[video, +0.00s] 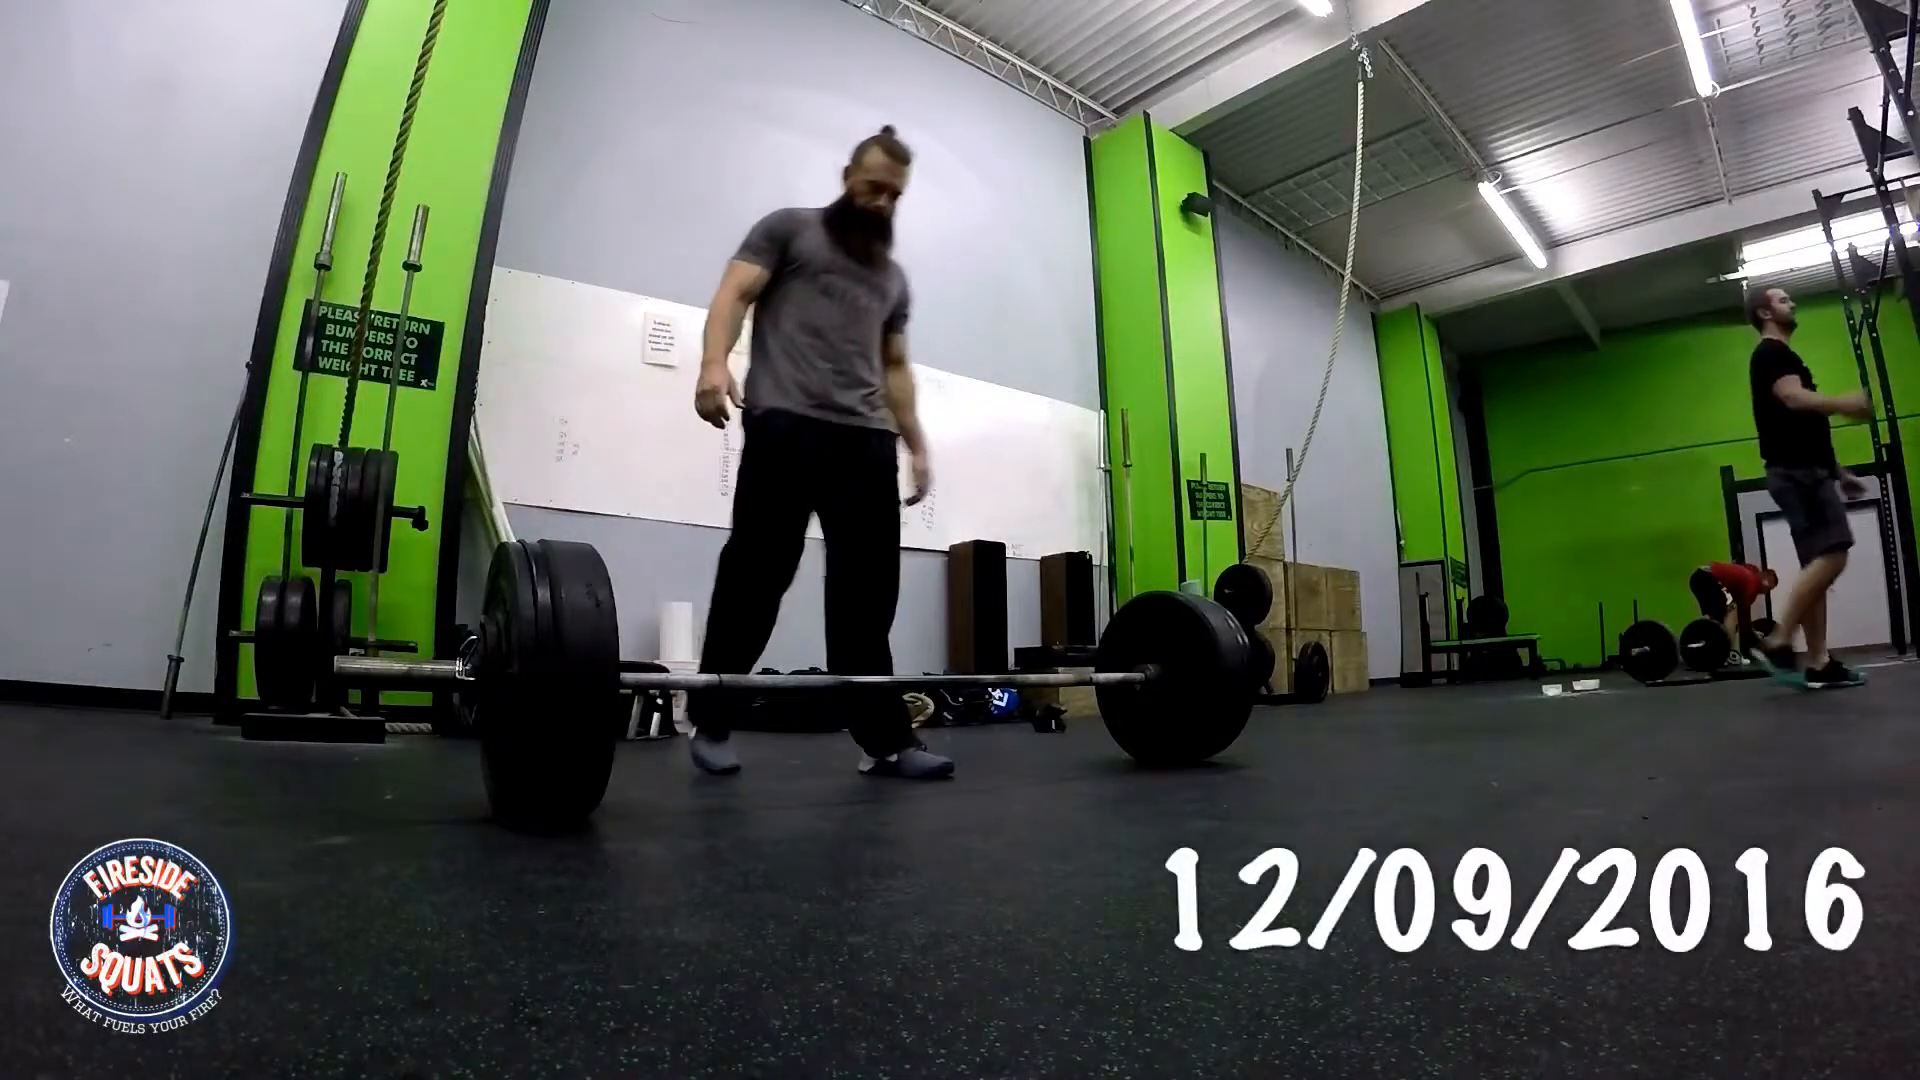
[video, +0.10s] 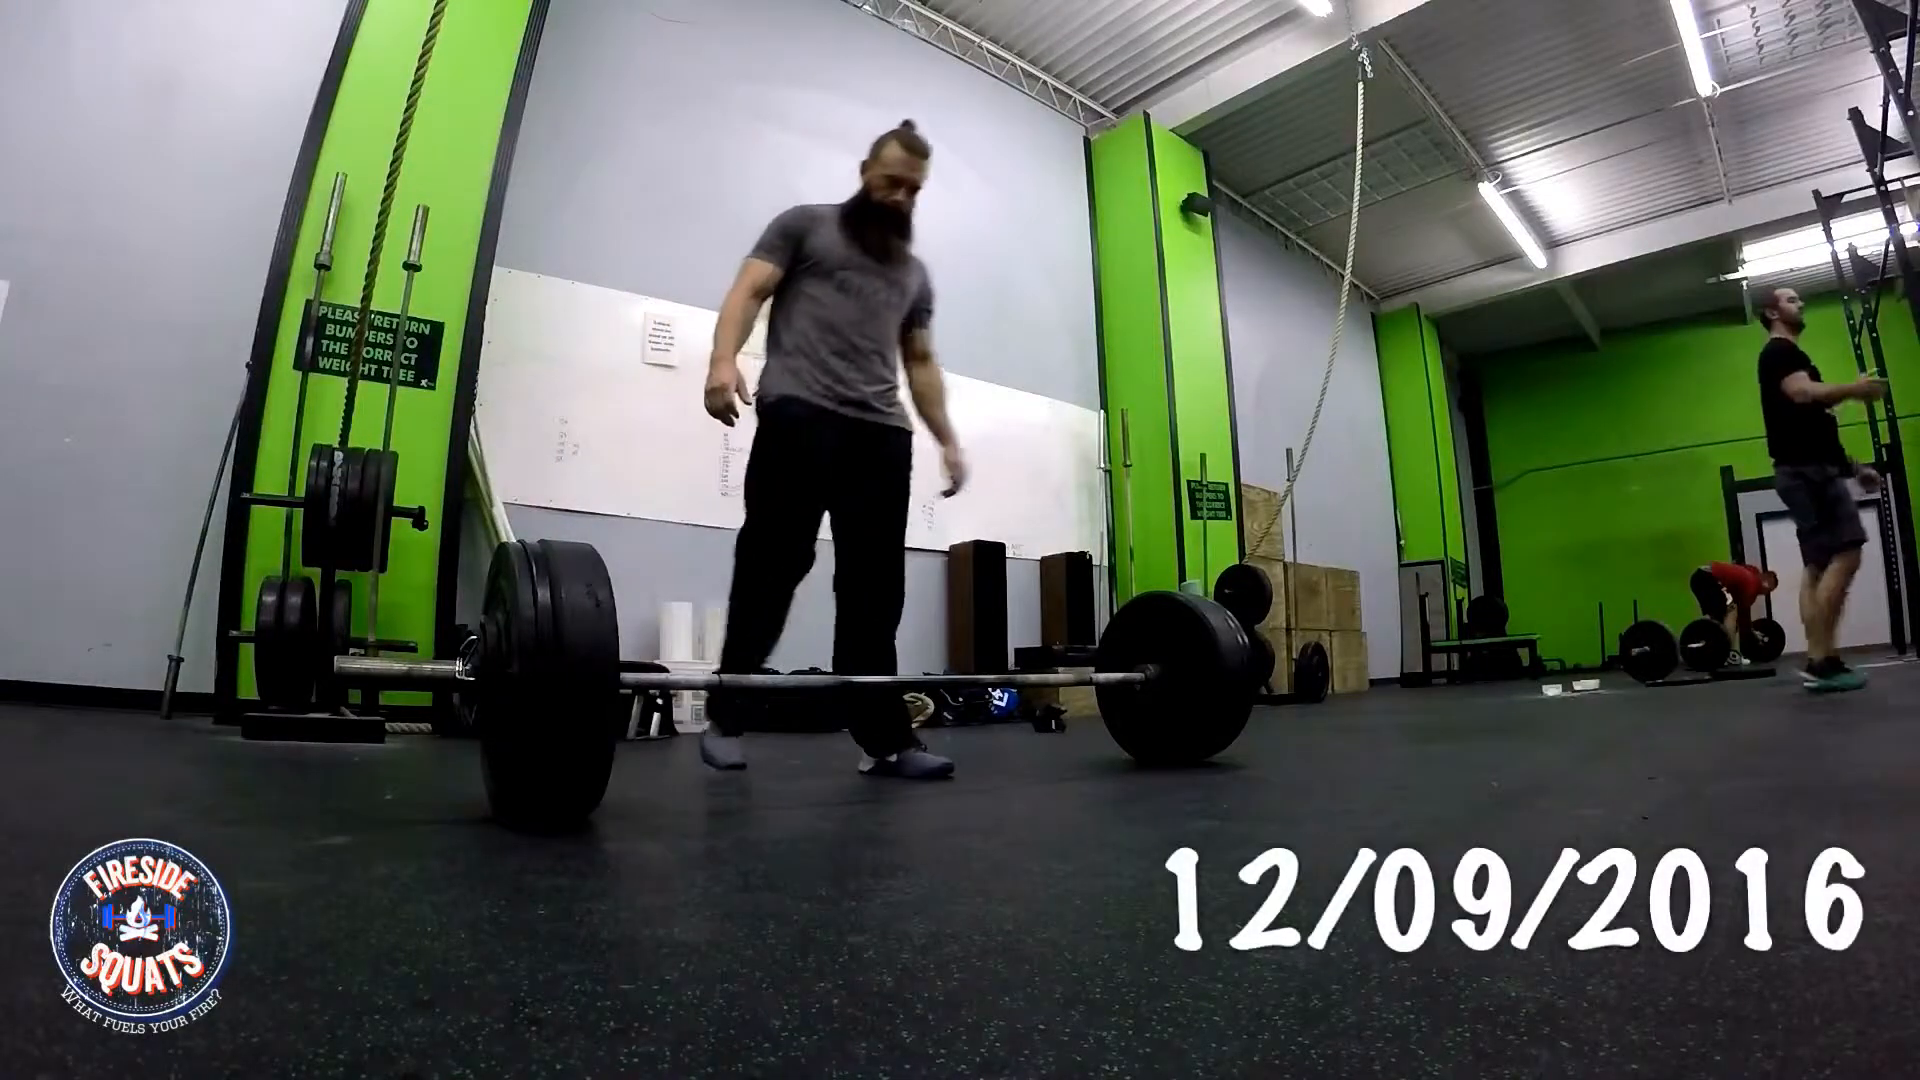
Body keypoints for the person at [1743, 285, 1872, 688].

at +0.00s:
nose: (1790, 302)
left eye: (1788, 298)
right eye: (1782, 299)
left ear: (1775, 313)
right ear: (1765, 313)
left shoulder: (1785, 357)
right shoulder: (1771, 352)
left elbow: (1803, 427)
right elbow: (1792, 397)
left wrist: (1838, 473)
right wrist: (1844, 403)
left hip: (1804, 472)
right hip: (1796, 473)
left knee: (1816, 566)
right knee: (1833, 555)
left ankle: (1819, 662)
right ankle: (1778, 641)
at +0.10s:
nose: (1799, 303)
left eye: (1797, 298)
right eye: (1790, 300)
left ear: (1788, 312)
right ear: (1773, 313)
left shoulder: (1794, 356)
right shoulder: (1778, 351)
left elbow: (1816, 429)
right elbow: (1802, 392)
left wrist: (1853, 469)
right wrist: (1854, 388)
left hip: (1807, 472)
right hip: (1807, 472)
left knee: (1815, 566)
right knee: (1846, 555)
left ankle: (1819, 662)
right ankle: (1824, 659)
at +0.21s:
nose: (1809, 302)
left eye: (1807, 297)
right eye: (1801, 299)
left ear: (1792, 311)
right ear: (1783, 311)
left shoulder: (1801, 356)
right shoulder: (1787, 351)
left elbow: (1822, 433)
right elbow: (1812, 393)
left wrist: (1866, 466)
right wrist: (1865, 391)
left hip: (1813, 473)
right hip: (1817, 472)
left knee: (1821, 568)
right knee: (1857, 556)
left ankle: (1819, 664)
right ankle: (1867, 658)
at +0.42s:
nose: (1830, 300)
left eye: (1829, 294)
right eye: (1821, 296)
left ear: (1818, 308)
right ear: (1804, 309)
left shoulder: (1813, 349)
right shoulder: (1815, 349)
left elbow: (1833, 410)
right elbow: (1829, 403)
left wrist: (1868, 445)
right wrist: (1867, 449)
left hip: (1824, 467)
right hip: (1840, 466)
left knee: (1831, 563)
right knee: (1890, 553)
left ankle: (1820, 662)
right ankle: (1914, 651)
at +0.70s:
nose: (1872, 279)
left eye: (1869, 274)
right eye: (1864, 277)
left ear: (1851, 293)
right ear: (1847, 292)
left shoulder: (1855, 334)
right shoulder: (1856, 336)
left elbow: (1868, 400)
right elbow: (1869, 400)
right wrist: (1896, 455)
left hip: (1868, 459)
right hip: (1882, 459)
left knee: (1876, 558)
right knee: (1909, 557)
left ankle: (1834, 646)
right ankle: (1916, 653)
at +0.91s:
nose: (1894, 274)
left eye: (1890, 268)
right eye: (1887, 270)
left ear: (1867, 283)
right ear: (1870, 281)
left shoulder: (1868, 326)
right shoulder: (1884, 326)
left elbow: (1890, 391)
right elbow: (1911, 389)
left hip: (1883, 450)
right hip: (1900, 451)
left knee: (1914, 546)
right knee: (1916, 547)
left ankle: (1886, 631)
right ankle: (1914, 651)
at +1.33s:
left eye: (1918, 259)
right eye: (1915, 260)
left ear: (1902, 272)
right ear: (1899, 272)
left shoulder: (1906, 316)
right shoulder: (1908, 317)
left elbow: (1899, 385)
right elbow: (1903, 384)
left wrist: (1903, 438)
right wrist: (1905, 438)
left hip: (1912, 442)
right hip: (1915, 443)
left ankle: (1918, 645)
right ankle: (1917, 646)